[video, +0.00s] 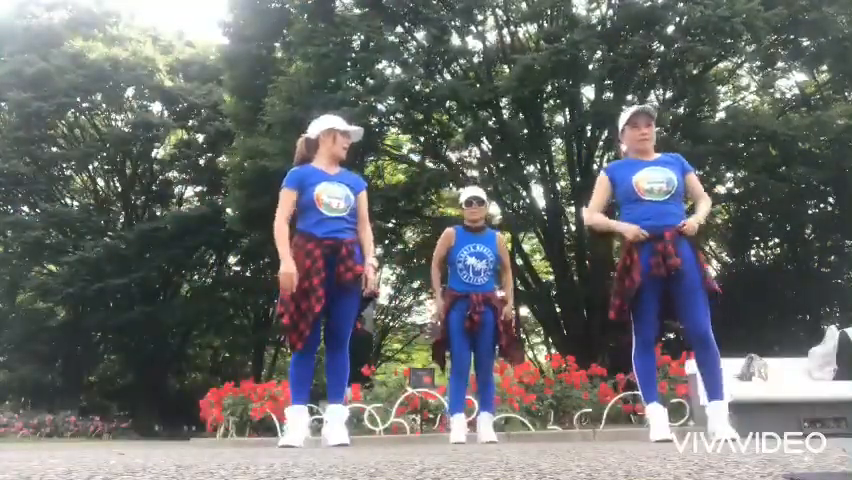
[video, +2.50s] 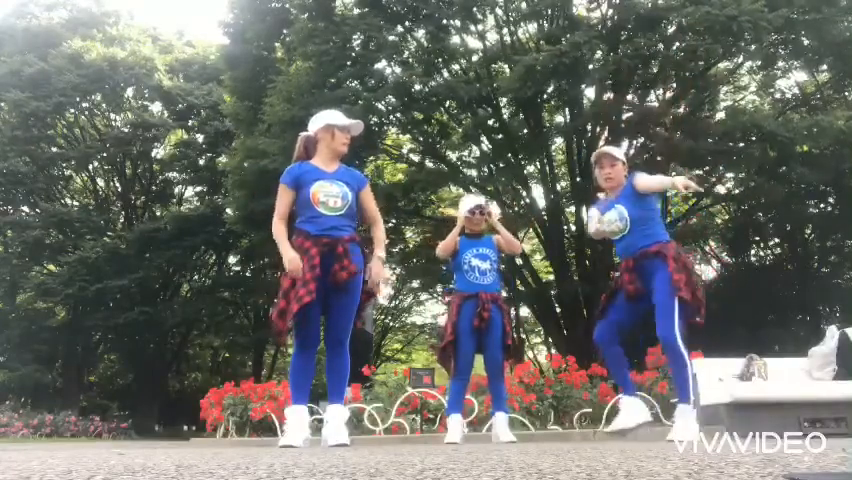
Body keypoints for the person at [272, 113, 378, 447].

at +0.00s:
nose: (349, 143)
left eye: (349, 138)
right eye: (343, 137)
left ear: (341, 141)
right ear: (326, 139)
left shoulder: (356, 182)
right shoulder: (299, 174)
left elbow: (364, 226)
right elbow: (281, 219)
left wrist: (370, 261)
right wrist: (286, 260)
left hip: (349, 257)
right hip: (309, 255)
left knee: (339, 338)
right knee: (306, 338)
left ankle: (336, 417)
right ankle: (297, 418)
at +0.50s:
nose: (348, 138)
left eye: (348, 134)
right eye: (342, 133)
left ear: (342, 139)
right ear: (323, 135)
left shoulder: (355, 174)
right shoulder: (299, 169)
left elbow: (378, 199)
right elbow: (252, 187)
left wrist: (371, 214)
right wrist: (281, 206)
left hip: (346, 255)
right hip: (308, 253)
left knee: (338, 340)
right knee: (305, 338)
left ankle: (335, 420)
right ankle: (297, 420)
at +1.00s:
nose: (345, 137)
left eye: (345, 133)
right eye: (339, 132)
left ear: (343, 138)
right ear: (320, 135)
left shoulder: (354, 173)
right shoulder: (298, 167)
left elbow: (370, 199)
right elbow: (253, 185)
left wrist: (366, 212)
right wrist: (278, 203)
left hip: (345, 254)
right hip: (307, 253)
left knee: (337, 340)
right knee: (303, 337)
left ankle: (336, 420)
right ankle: (297, 420)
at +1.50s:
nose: (340, 137)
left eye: (343, 132)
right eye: (333, 131)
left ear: (347, 137)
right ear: (317, 136)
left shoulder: (359, 167)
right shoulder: (299, 162)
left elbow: (391, 184)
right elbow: (251, 167)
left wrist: (374, 195)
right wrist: (278, 181)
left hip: (346, 255)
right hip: (308, 253)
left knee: (338, 339)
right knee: (305, 338)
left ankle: (336, 420)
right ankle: (298, 420)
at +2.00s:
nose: (345, 135)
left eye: (346, 131)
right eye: (338, 130)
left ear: (344, 137)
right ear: (320, 135)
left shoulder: (358, 175)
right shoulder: (297, 173)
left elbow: (362, 221)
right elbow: (284, 223)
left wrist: (360, 261)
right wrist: (291, 260)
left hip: (345, 257)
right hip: (307, 256)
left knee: (339, 341)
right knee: (306, 341)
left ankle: (336, 418)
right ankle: (297, 419)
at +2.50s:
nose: (348, 137)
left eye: (349, 133)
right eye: (342, 132)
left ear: (343, 138)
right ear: (322, 134)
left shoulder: (355, 178)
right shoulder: (296, 172)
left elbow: (376, 221)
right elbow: (279, 220)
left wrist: (377, 257)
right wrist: (287, 251)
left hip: (347, 254)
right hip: (308, 254)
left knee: (339, 340)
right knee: (306, 339)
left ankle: (336, 419)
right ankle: (297, 419)